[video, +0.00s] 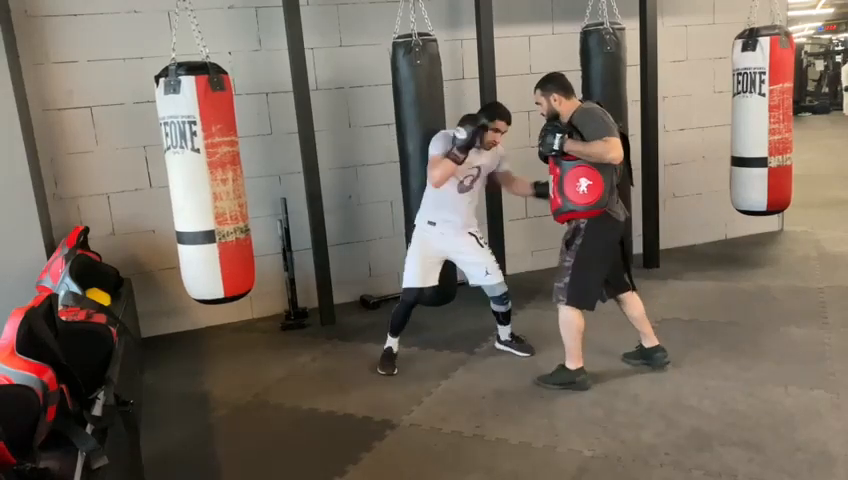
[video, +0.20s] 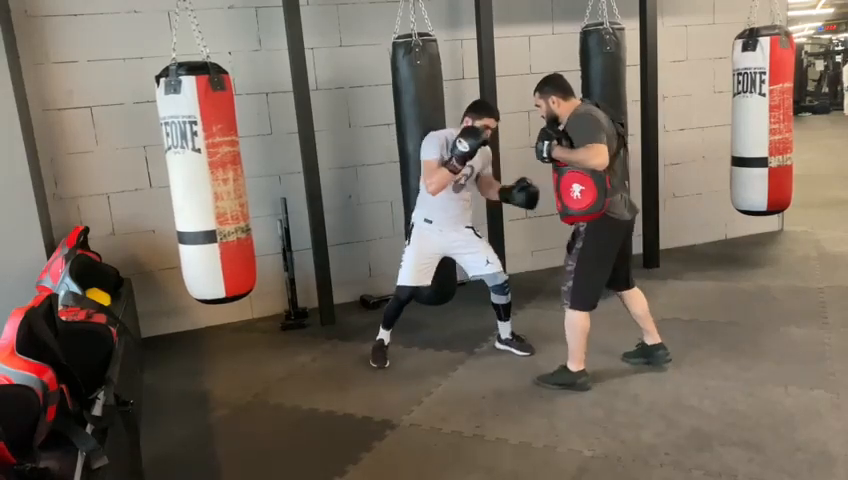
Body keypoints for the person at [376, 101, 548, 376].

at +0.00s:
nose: (500, 139)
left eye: (503, 134)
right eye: (496, 132)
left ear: (501, 132)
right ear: (481, 126)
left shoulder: (495, 154)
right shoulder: (445, 139)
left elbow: (509, 181)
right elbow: (435, 179)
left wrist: (541, 190)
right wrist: (462, 148)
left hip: (465, 232)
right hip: (429, 230)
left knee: (498, 288)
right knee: (411, 293)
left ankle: (505, 338)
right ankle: (390, 348)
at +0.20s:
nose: (488, 136)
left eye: (491, 131)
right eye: (485, 129)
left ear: (492, 130)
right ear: (468, 122)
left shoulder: (482, 152)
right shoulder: (435, 140)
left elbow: (487, 188)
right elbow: (432, 186)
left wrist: (513, 193)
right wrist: (460, 158)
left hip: (462, 231)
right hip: (426, 230)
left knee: (498, 279)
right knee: (405, 291)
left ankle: (505, 336)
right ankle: (381, 340)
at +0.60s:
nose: (439, 109)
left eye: (441, 104)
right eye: (436, 103)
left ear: (424, 102)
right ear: (416, 100)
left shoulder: (426, 129)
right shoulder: (390, 129)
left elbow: (435, 164)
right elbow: (404, 175)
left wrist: (454, 141)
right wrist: (428, 147)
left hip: (428, 215)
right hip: (398, 218)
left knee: (459, 268)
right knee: (389, 281)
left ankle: (478, 330)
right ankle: (376, 341)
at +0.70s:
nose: (437, 109)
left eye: (439, 104)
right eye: (433, 103)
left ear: (429, 103)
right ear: (414, 100)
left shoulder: (425, 129)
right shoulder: (389, 132)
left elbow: (438, 170)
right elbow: (408, 176)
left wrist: (451, 143)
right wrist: (431, 143)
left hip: (425, 218)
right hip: (395, 220)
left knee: (452, 274)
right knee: (385, 283)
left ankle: (470, 334)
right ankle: (376, 342)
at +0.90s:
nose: (443, 111)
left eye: (445, 106)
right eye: (439, 105)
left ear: (436, 106)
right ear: (420, 102)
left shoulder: (432, 132)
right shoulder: (393, 132)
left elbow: (443, 174)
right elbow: (408, 177)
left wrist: (458, 148)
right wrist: (435, 148)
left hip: (430, 218)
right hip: (398, 220)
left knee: (454, 275)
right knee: (388, 283)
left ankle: (472, 334)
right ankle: (377, 342)